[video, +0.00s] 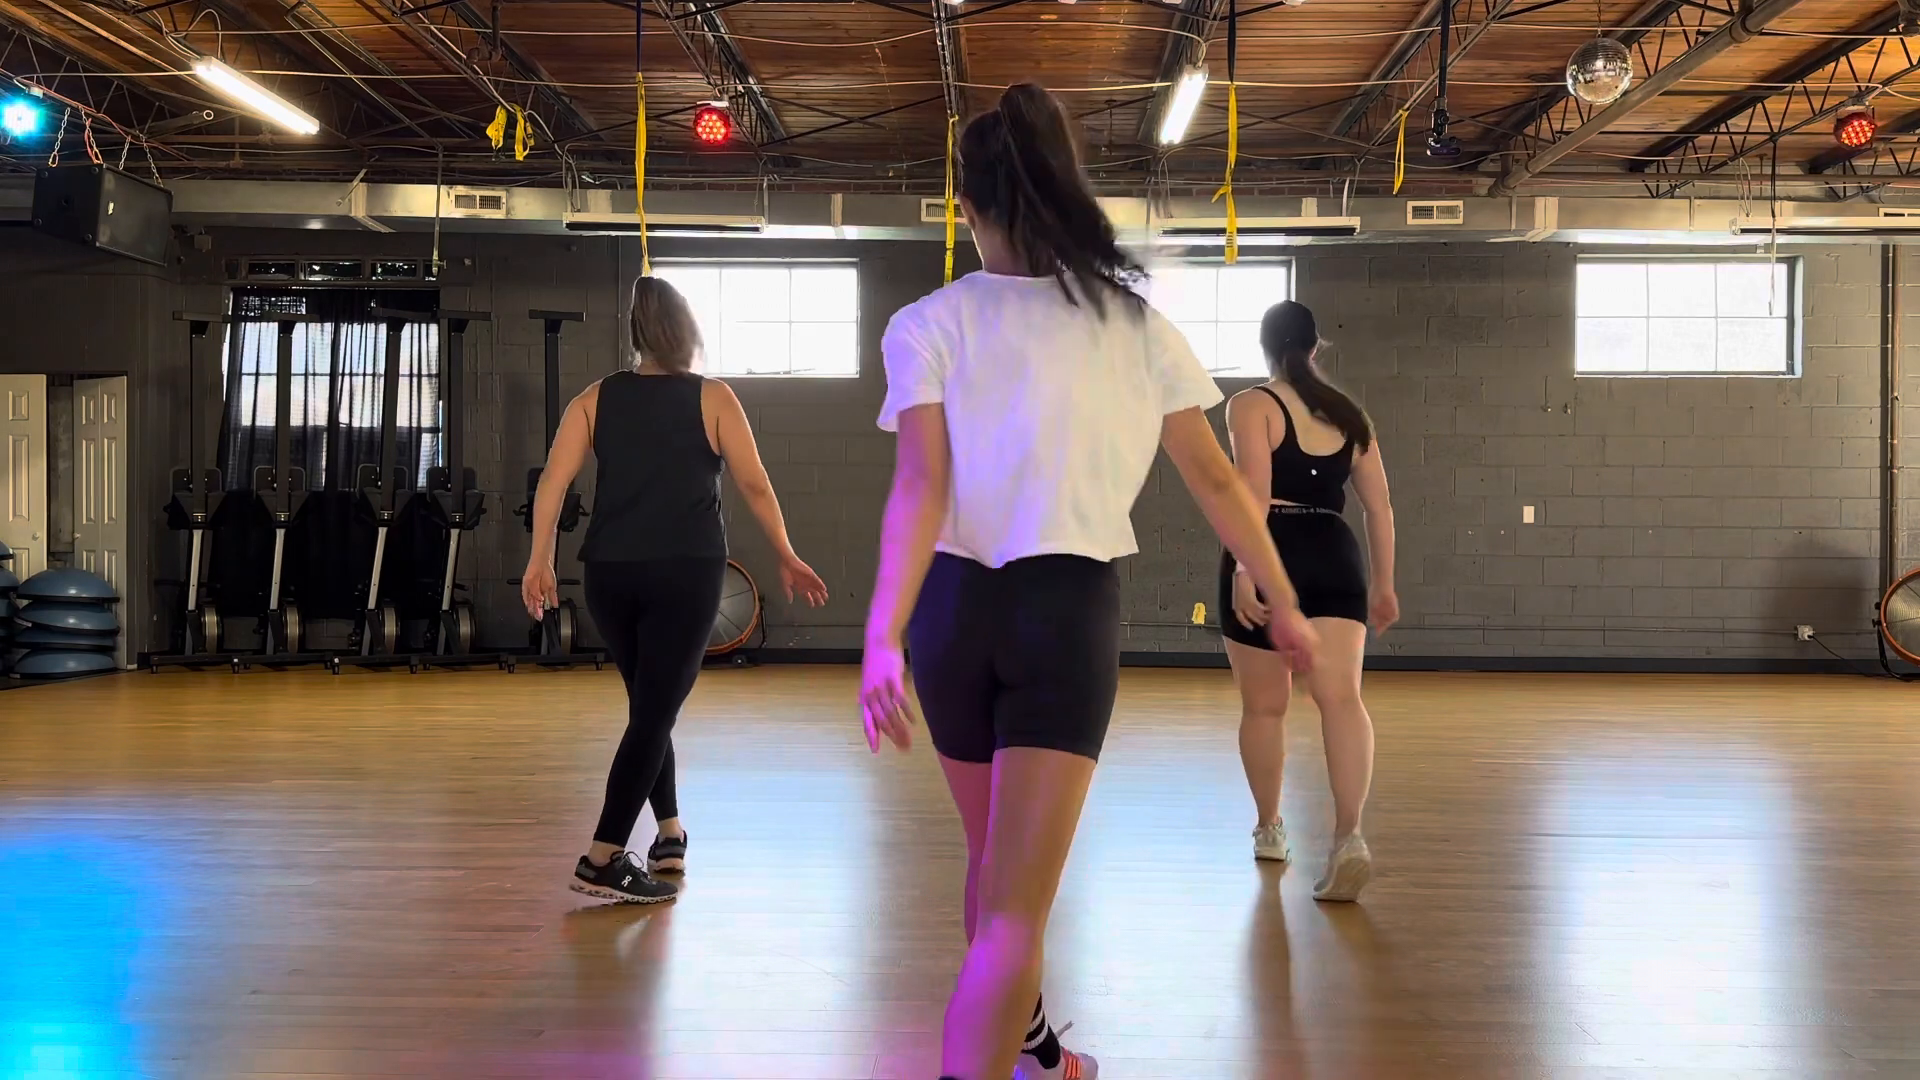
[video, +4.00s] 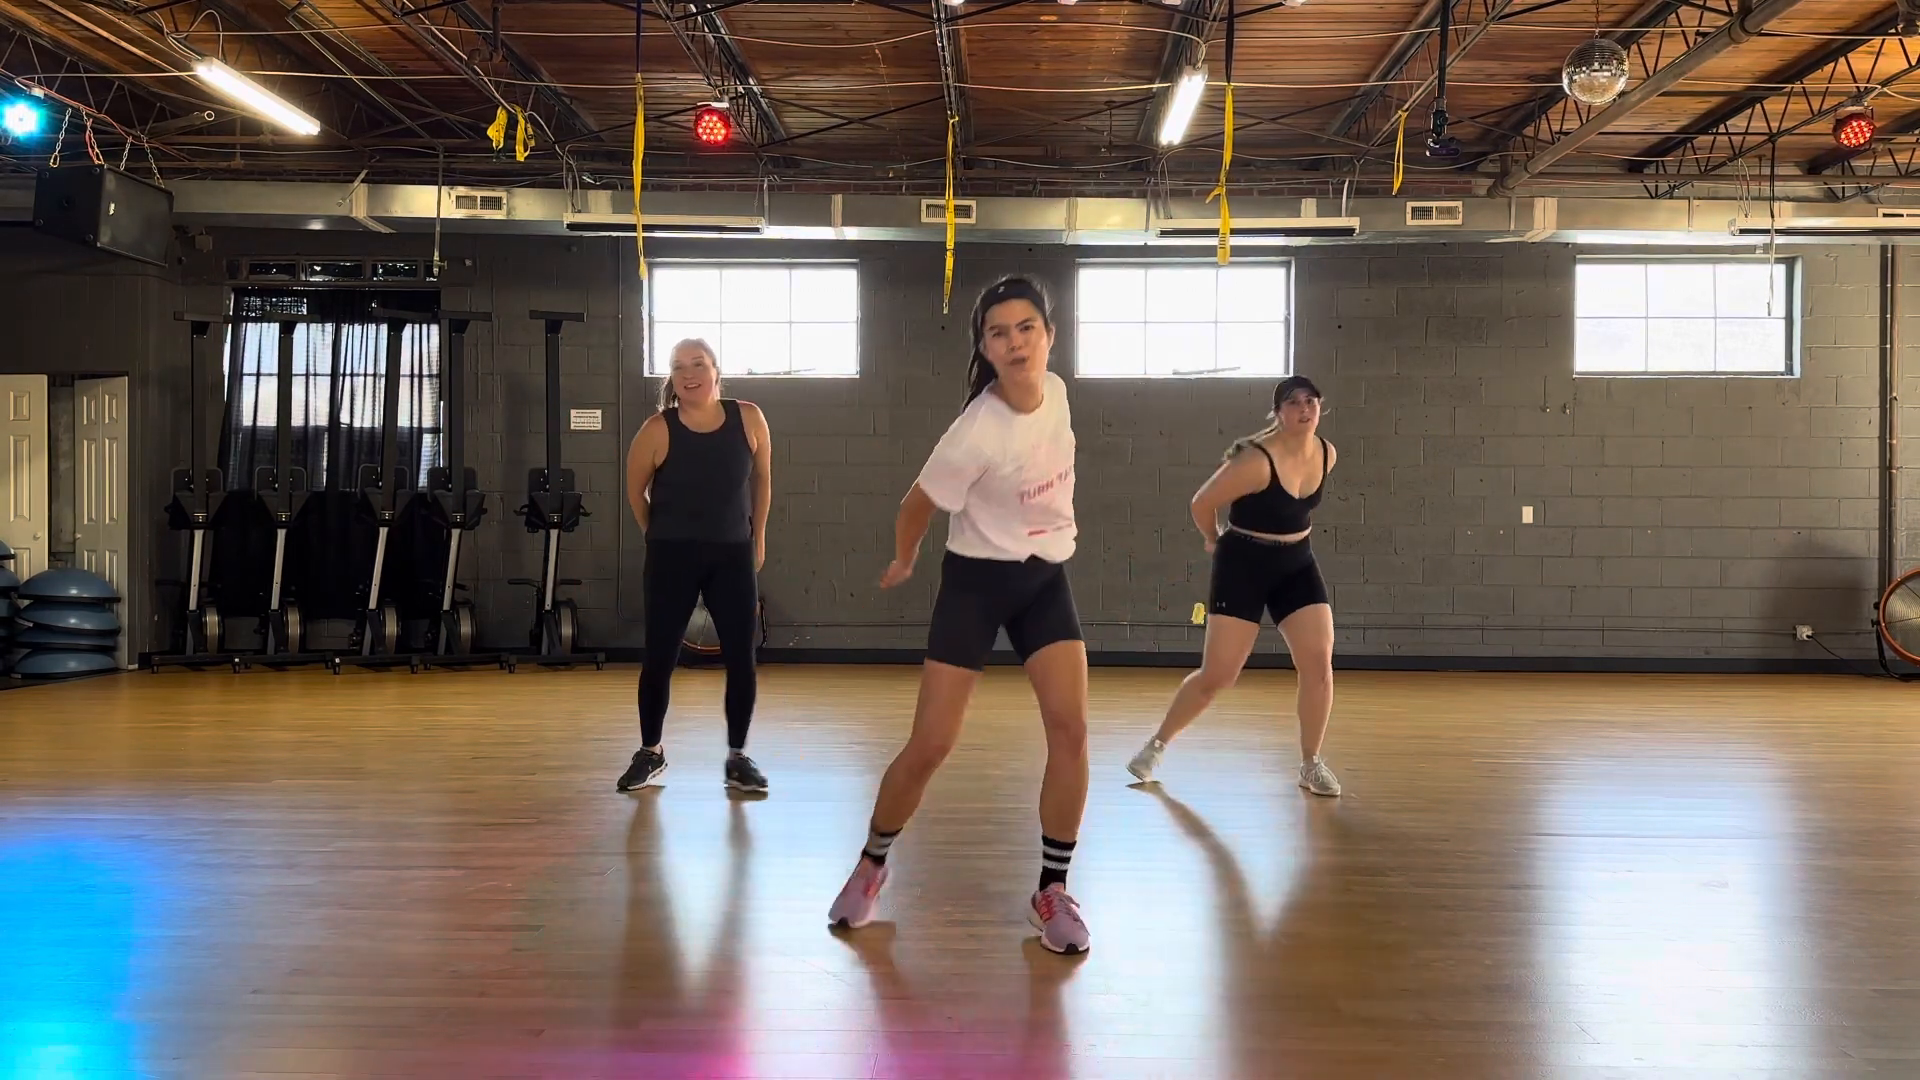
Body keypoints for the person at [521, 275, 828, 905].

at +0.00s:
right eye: (688, 323)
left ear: (633, 334)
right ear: (689, 330)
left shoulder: (594, 399)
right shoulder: (713, 397)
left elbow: (554, 479)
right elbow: (756, 485)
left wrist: (539, 557)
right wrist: (787, 554)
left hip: (607, 572)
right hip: (686, 572)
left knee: (650, 706)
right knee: (652, 716)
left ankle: (671, 832)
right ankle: (601, 856)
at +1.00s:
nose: (678, 347)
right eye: (679, 338)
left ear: (627, 345)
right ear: (678, 345)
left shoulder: (589, 409)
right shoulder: (701, 409)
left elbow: (582, 492)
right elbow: (715, 490)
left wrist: (616, 456)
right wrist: (719, 571)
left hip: (610, 564)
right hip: (682, 564)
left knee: (636, 693)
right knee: (657, 690)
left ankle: (662, 814)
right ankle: (624, 806)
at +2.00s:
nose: (705, 364)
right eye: (707, 355)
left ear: (661, 361)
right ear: (706, 361)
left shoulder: (632, 420)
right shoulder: (726, 419)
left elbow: (618, 494)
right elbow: (733, 493)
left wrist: (608, 556)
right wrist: (743, 568)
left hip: (644, 560)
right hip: (704, 559)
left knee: (681, 669)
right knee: (683, 674)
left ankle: (699, 771)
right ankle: (644, 775)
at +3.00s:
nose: (690, 381)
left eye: (700, 375)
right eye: (694, 373)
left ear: (727, 387)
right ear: (732, 390)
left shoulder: (713, 429)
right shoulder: (758, 429)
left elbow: (735, 476)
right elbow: (806, 457)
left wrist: (688, 502)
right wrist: (772, 493)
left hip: (732, 563)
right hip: (772, 556)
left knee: (699, 662)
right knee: (762, 651)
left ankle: (738, 752)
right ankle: (772, 749)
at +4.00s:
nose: (690, 374)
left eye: (699, 365)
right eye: (681, 368)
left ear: (717, 372)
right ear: (672, 378)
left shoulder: (748, 418)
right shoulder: (657, 429)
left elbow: (763, 481)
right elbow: (634, 488)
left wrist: (757, 537)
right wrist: (655, 536)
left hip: (732, 555)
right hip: (672, 557)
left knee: (741, 657)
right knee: (658, 656)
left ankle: (737, 756)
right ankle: (650, 751)